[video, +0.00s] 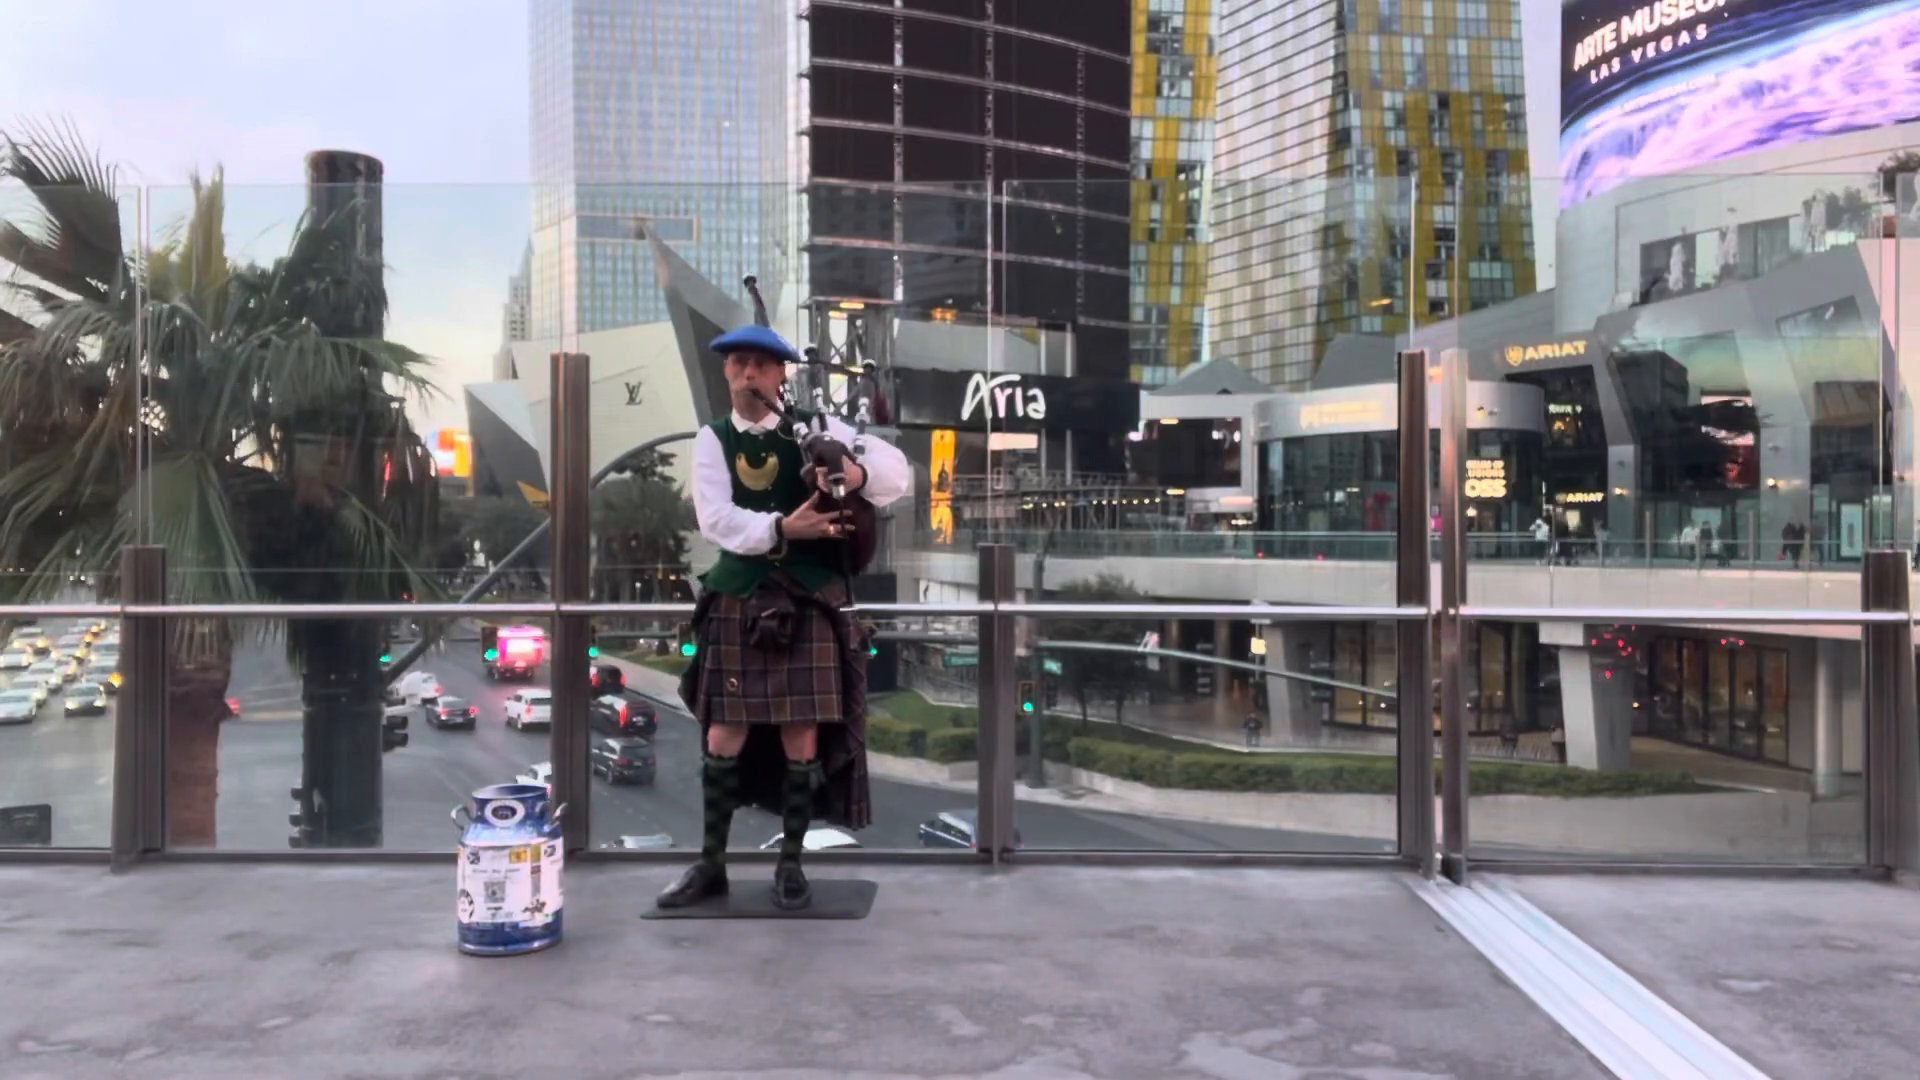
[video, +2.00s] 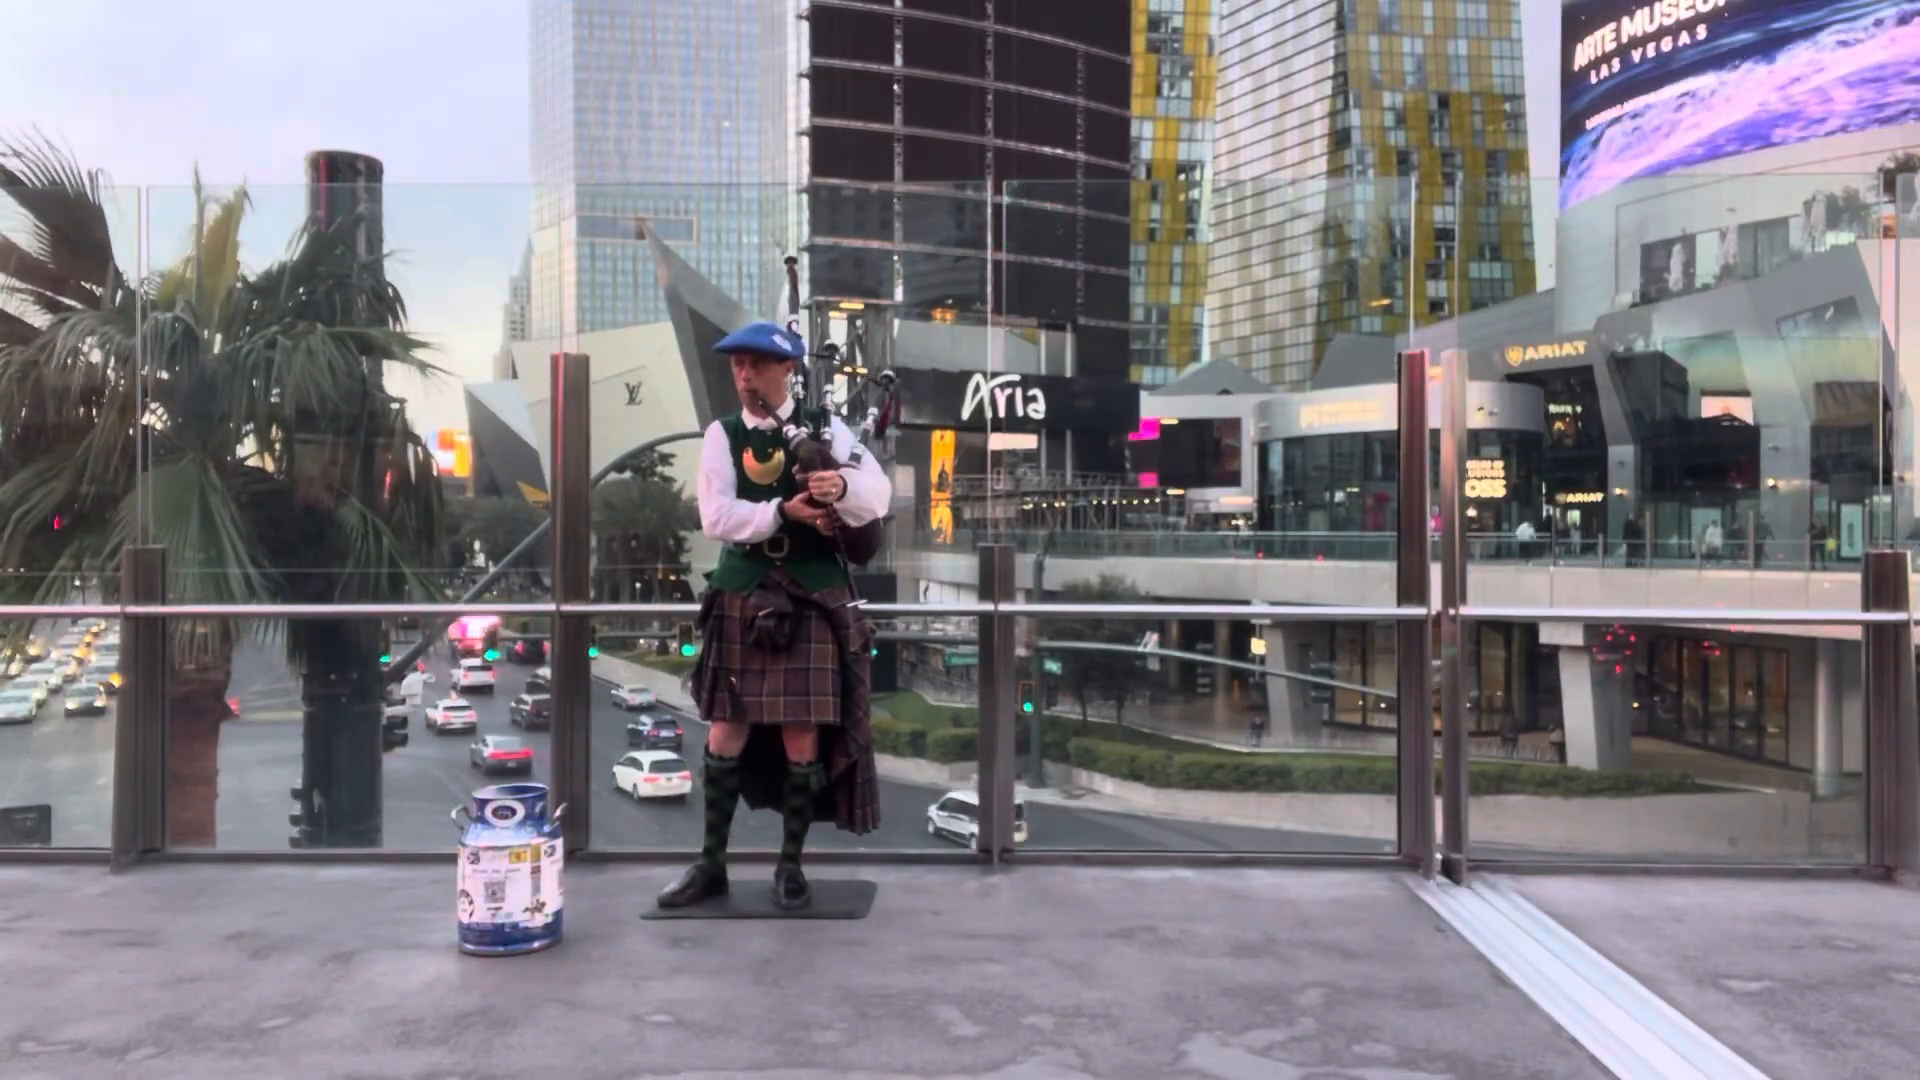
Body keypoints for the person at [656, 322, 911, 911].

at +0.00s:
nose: (748, 371)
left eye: (760, 362)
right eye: (739, 361)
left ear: (781, 372)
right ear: (724, 370)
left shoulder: (818, 430)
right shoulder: (713, 439)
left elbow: (899, 475)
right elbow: (715, 519)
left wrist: (855, 473)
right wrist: (783, 526)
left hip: (810, 597)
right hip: (737, 596)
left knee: (800, 731)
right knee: (724, 730)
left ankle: (791, 864)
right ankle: (712, 865)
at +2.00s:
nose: (743, 375)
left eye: (755, 364)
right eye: (737, 365)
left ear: (788, 369)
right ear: (731, 371)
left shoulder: (827, 430)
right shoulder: (722, 434)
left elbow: (880, 494)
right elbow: (716, 515)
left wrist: (844, 487)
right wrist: (783, 511)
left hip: (814, 595)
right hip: (743, 592)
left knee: (800, 731)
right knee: (726, 729)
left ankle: (789, 866)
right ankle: (711, 864)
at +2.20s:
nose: (741, 374)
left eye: (753, 363)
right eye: (735, 364)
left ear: (785, 367)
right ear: (730, 371)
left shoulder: (823, 428)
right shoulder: (721, 434)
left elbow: (880, 487)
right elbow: (712, 514)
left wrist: (840, 488)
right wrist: (781, 512)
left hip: (810, 592)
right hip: (740, 592)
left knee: (799, 730)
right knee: (722, 728)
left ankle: (790, 865)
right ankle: (713, 864)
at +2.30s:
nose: (737, 374)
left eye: (750, 363)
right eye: (732, 364)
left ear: (782, 368)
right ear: (727, 371)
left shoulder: (821, 426)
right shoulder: (717, 435)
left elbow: (877, 488)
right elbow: (708, 517)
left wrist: (837, 487)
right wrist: (775, 513)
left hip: (810, 592)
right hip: (738, 591)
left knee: (798, 727)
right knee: (721, 725)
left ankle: (791, 864)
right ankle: (717, 861)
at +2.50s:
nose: (727, 375)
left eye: (740, 363)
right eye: (720, 364)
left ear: (771, 368)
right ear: (716, 370)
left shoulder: (811, 425)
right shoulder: (707, 438)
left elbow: (869, 482)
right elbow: (692, 518)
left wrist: (827, 489)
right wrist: (757, 519)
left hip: (804, 591)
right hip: (731, 592)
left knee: (795, 727)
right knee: (723, 726)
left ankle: (789, 864)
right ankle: (719, 861)